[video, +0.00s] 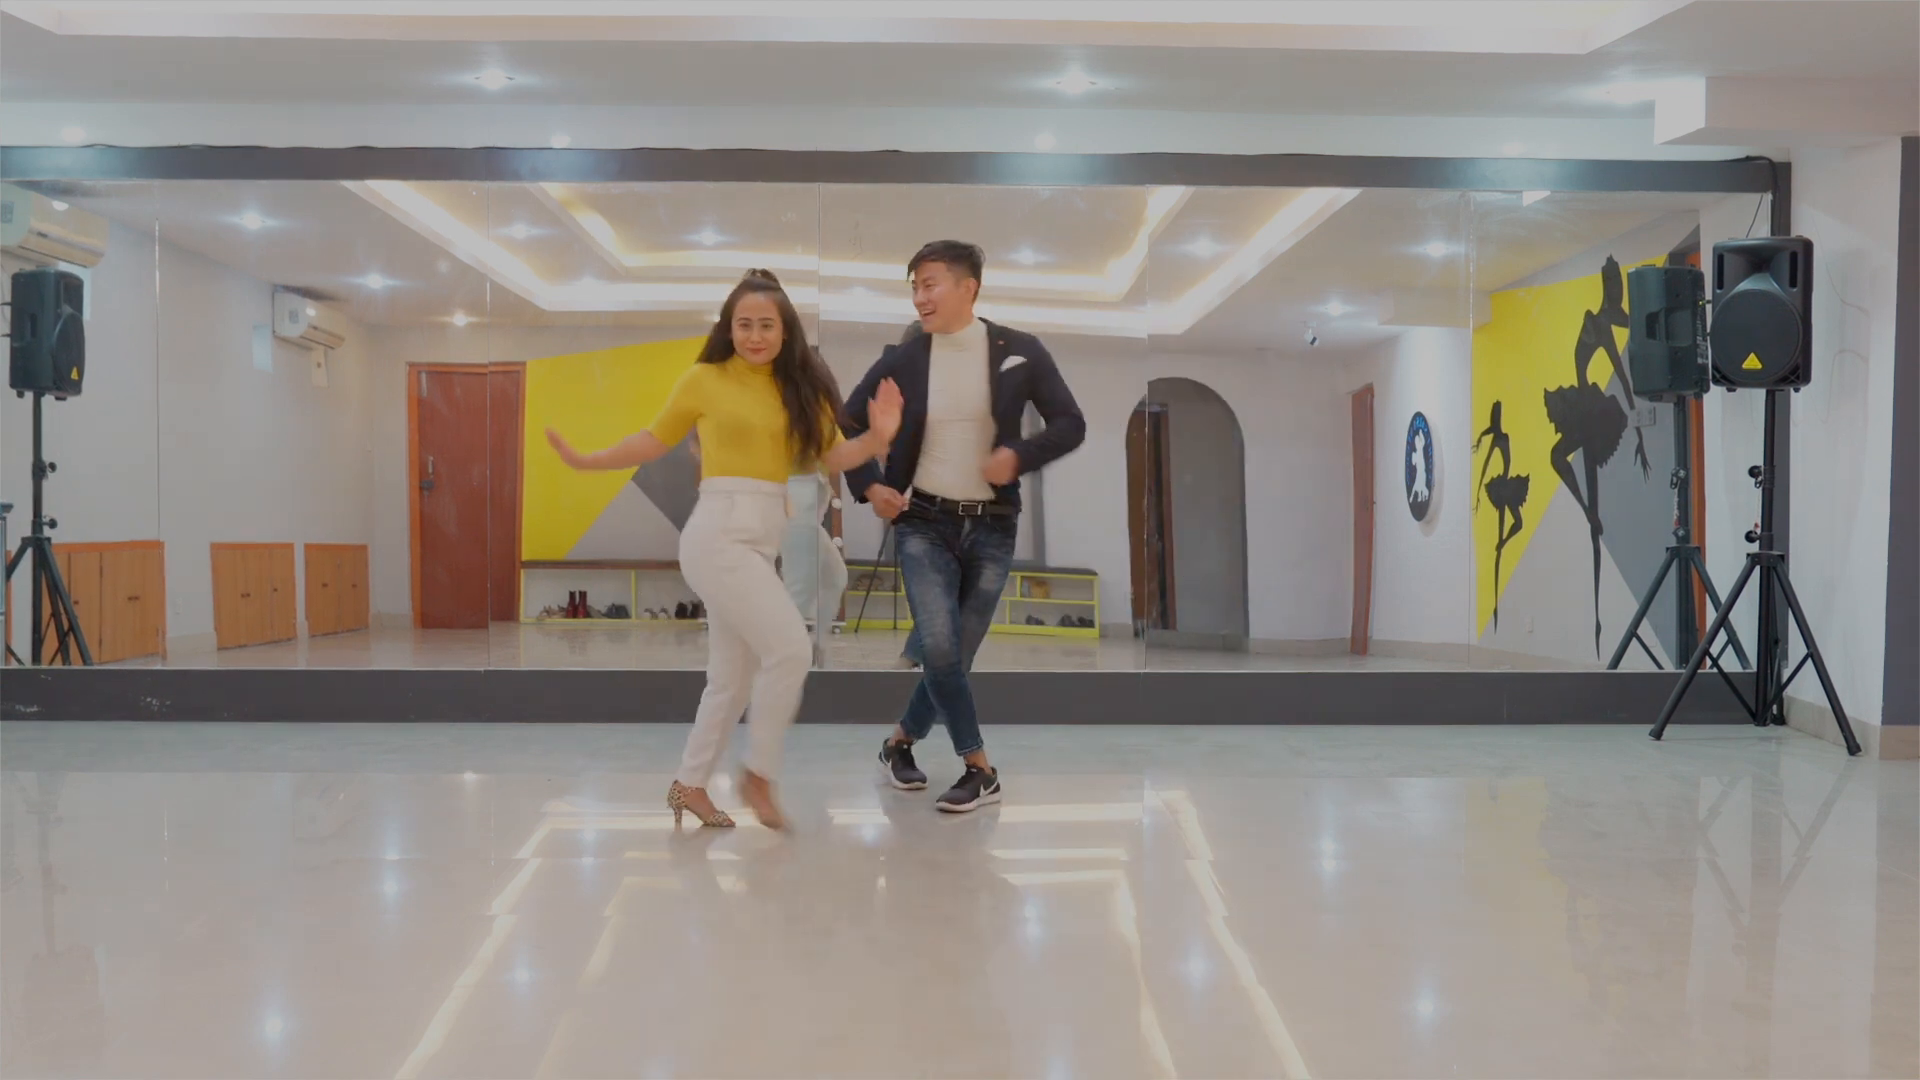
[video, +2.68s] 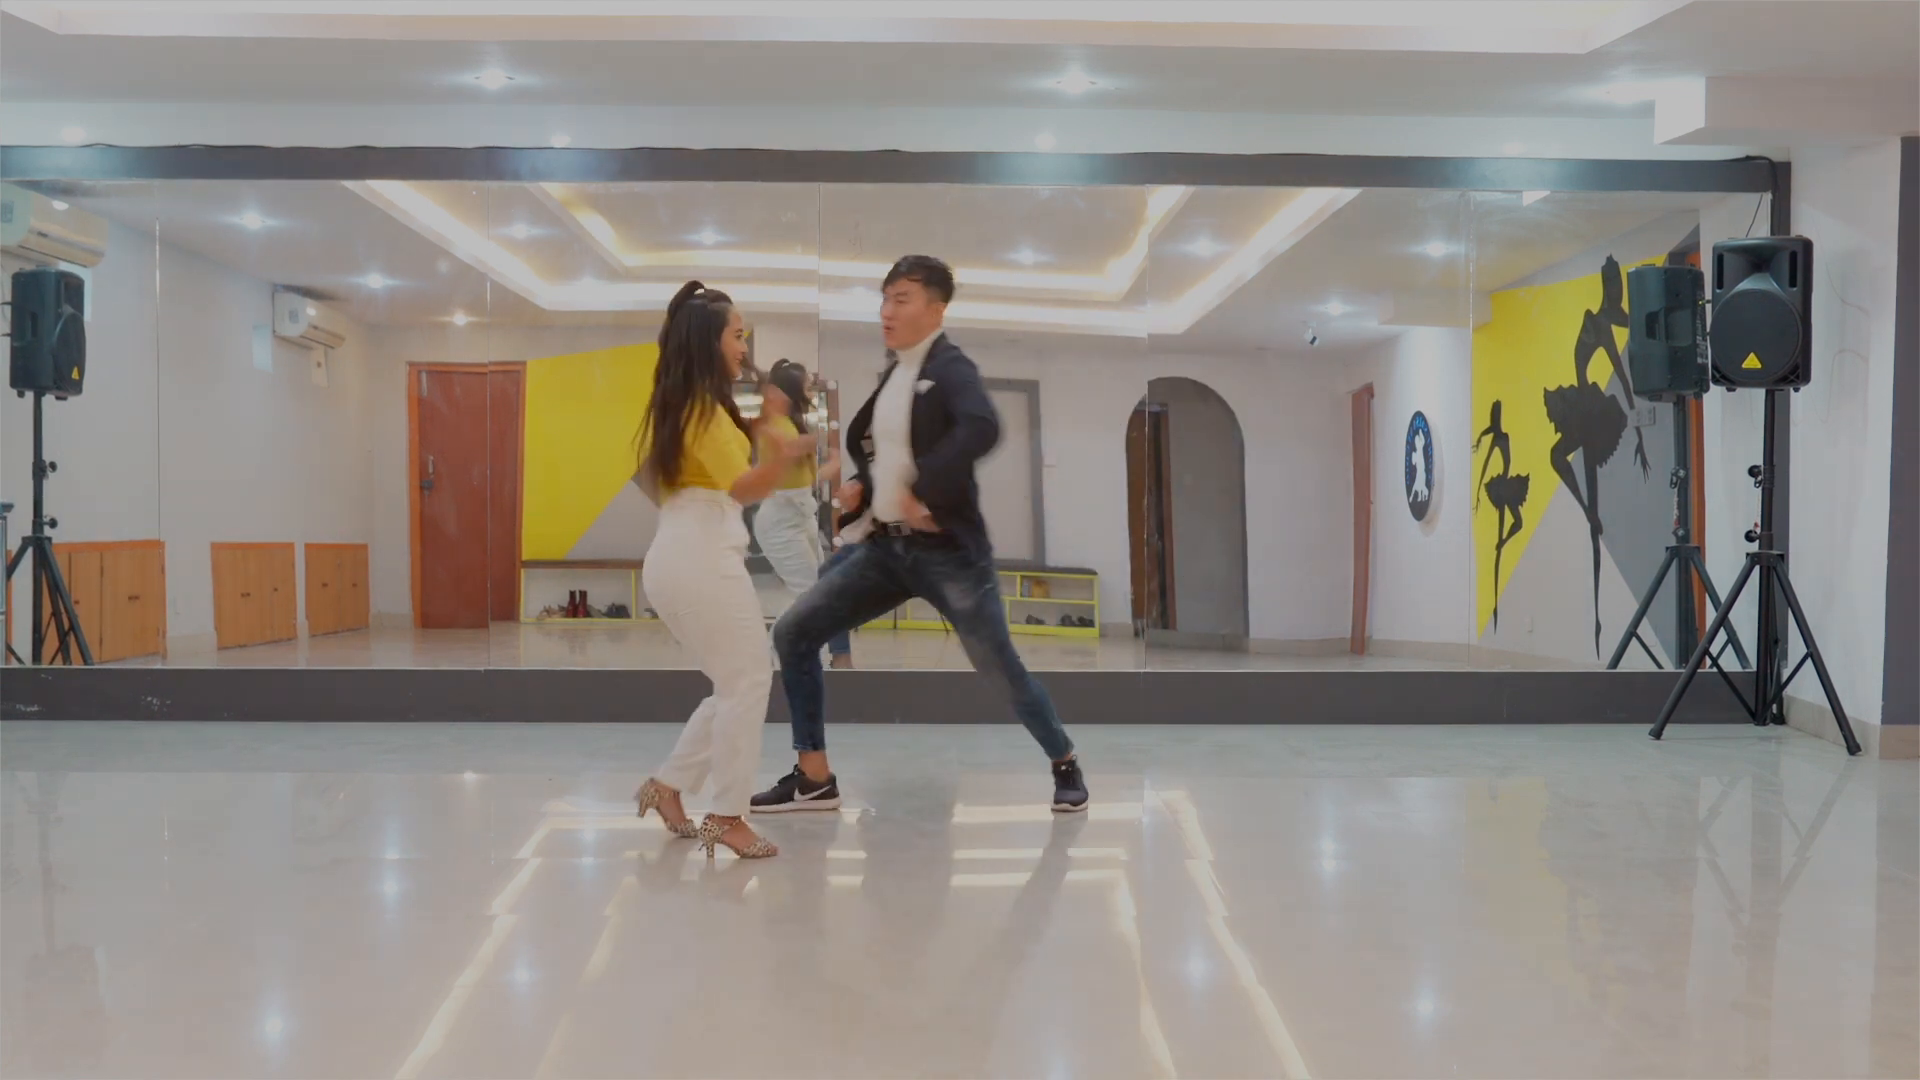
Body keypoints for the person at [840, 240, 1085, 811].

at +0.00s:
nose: (920, 298)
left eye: (931, 285)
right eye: (915, 288)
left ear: (969, 288)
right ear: (914, 294)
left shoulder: (1020, 353)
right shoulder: (903, 359)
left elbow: (1071, 426)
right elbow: (847, 426)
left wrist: (1021, 456)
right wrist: (868, 486)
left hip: (992, 524)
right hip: (921, 519)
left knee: (956, 655)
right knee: (938, 648)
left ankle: (901, 742)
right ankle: (979, 768)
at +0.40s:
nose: (921, 286)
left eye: (934, 274)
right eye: (911, 276)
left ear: (959, 280)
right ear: (900, 285)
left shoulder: (999, 348)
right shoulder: (898, 354)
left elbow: (1061, 420)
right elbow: (873, 437)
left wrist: (1021, 485)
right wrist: (883, 426)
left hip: (983, 519)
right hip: (916, 517)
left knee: (968, 652)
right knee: (923, 654)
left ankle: (978, 709)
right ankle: (971, 767)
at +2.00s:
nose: (981, 290)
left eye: (989, 279)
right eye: (968, 280)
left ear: (1000, 285)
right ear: (943, 287)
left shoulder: (1027, 354)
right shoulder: (906, 347)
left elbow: (1050, 428)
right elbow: (860, 418)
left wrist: (1031, 484)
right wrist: (919, 446)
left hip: (993, 518)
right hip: (917, 518)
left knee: (1024, 641)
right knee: (896, 651)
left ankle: (1031, 769)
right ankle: (899, 735)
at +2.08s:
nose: (991, 292)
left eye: (998, 281)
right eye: (977, 281)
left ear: (1008, 285)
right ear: (951, 288)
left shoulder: (1030, 354)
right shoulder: (915, 336)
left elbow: (1042, 430)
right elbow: (873, 409)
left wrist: (1035, 473)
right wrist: (934, 433)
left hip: (992, 520)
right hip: (917, 515)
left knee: (1025, 644)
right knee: (872, 643)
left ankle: (1032, 769)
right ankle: (864, 727)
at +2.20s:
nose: (995, 298)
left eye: (1002, 287)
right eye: (981, 286)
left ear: (1009, 292)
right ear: (952, 292)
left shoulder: (1015, 372)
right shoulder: (932, 356)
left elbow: (1008, 454)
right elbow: (875, 427)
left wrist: (1032, 473)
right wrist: (936, 482)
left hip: (988, 531)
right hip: (915, 531)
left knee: (1039, 641)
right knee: (851, 650)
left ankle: (1031, 772)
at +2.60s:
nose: (911, 311)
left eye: (926, 301)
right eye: (906, 300)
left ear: (957, 310)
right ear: (898, 309)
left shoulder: (976, 375)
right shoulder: (897, 379)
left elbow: (1033, 443)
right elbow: (874, 437)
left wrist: (982, 503)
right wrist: (873, 473)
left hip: (967, 549)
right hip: (899, 545)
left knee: (1010, 667)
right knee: (802, 627)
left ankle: (1059, 763)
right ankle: (806, 770)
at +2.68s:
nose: (886, 311)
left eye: (901, 300)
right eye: (885, 300)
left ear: (936, 310)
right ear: (886, 306)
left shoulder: (952, 368)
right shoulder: (893, 375)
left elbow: (982, 427)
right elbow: (881, 448)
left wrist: (925, 485)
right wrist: (862, 485)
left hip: (949, 551)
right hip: (887, 549)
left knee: (1000, 666)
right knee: (793, 631)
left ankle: (1063, 760)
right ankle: (813, 772)